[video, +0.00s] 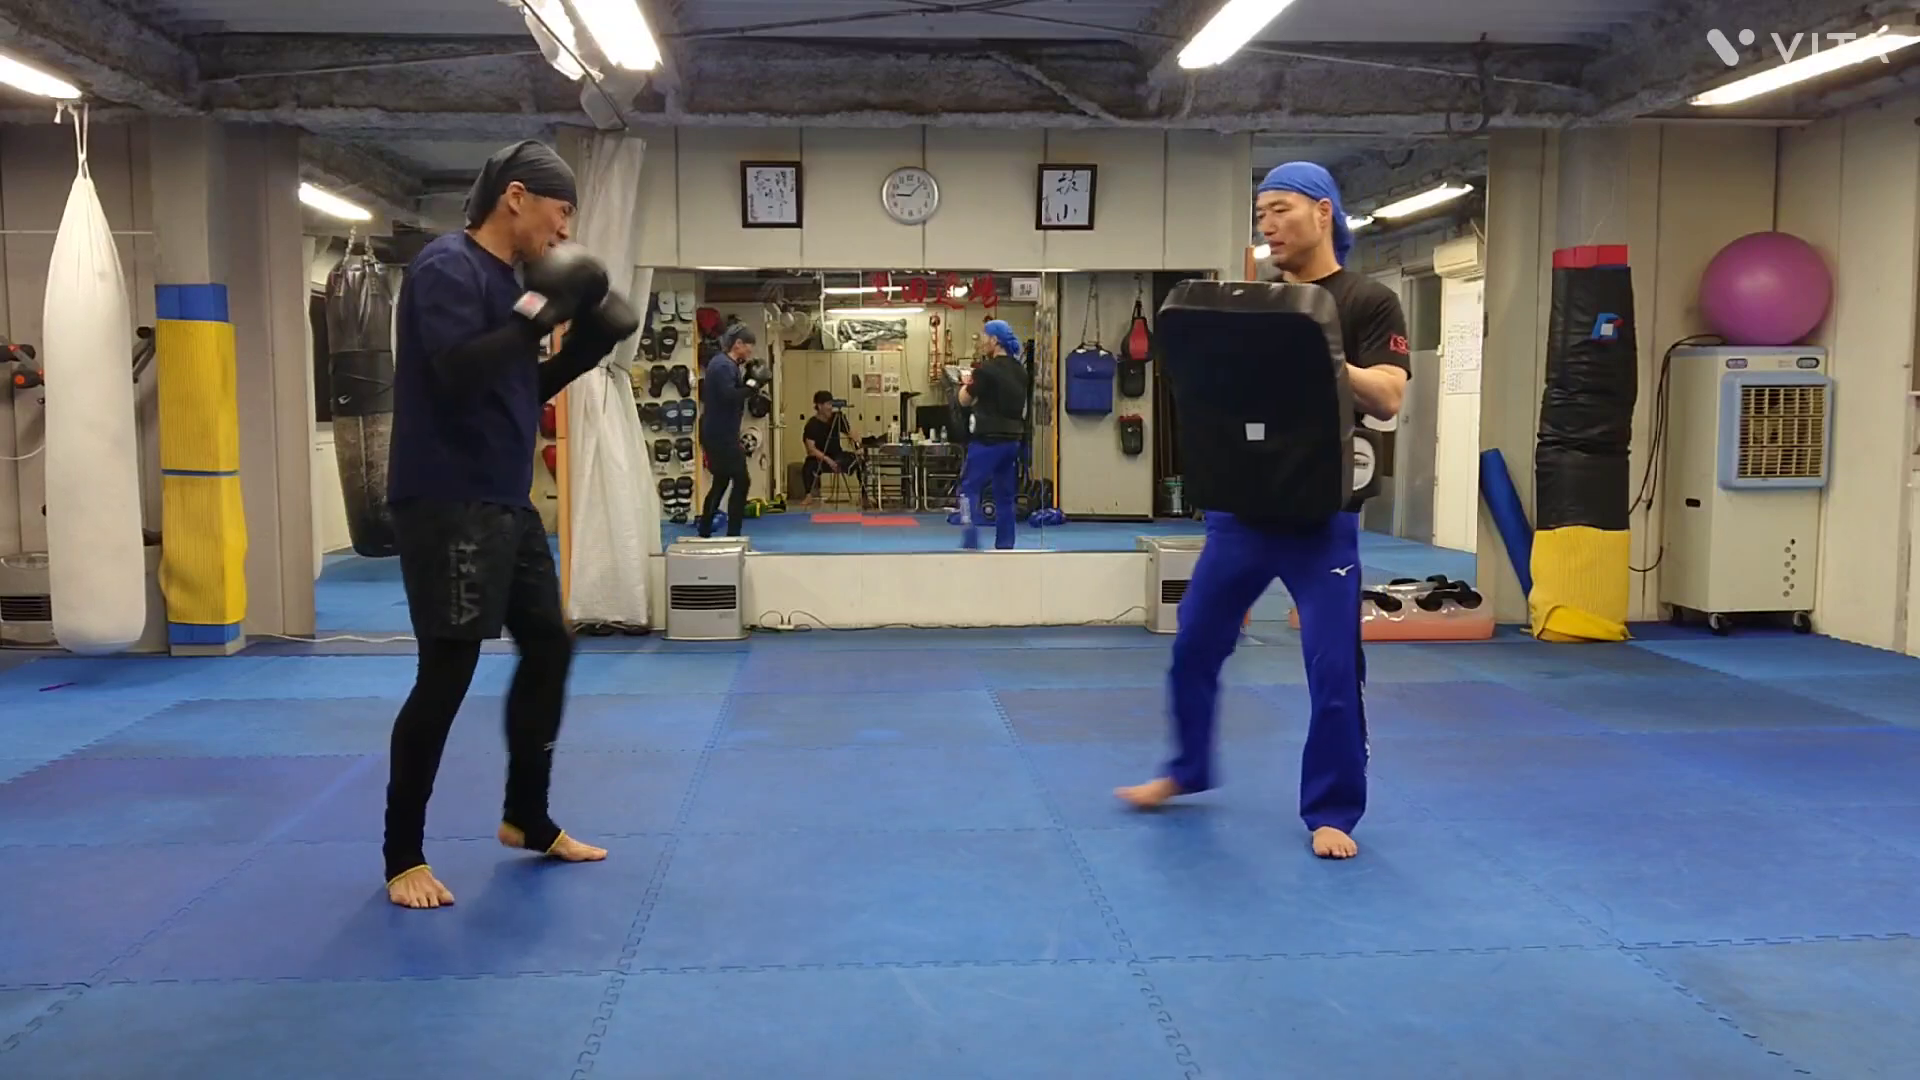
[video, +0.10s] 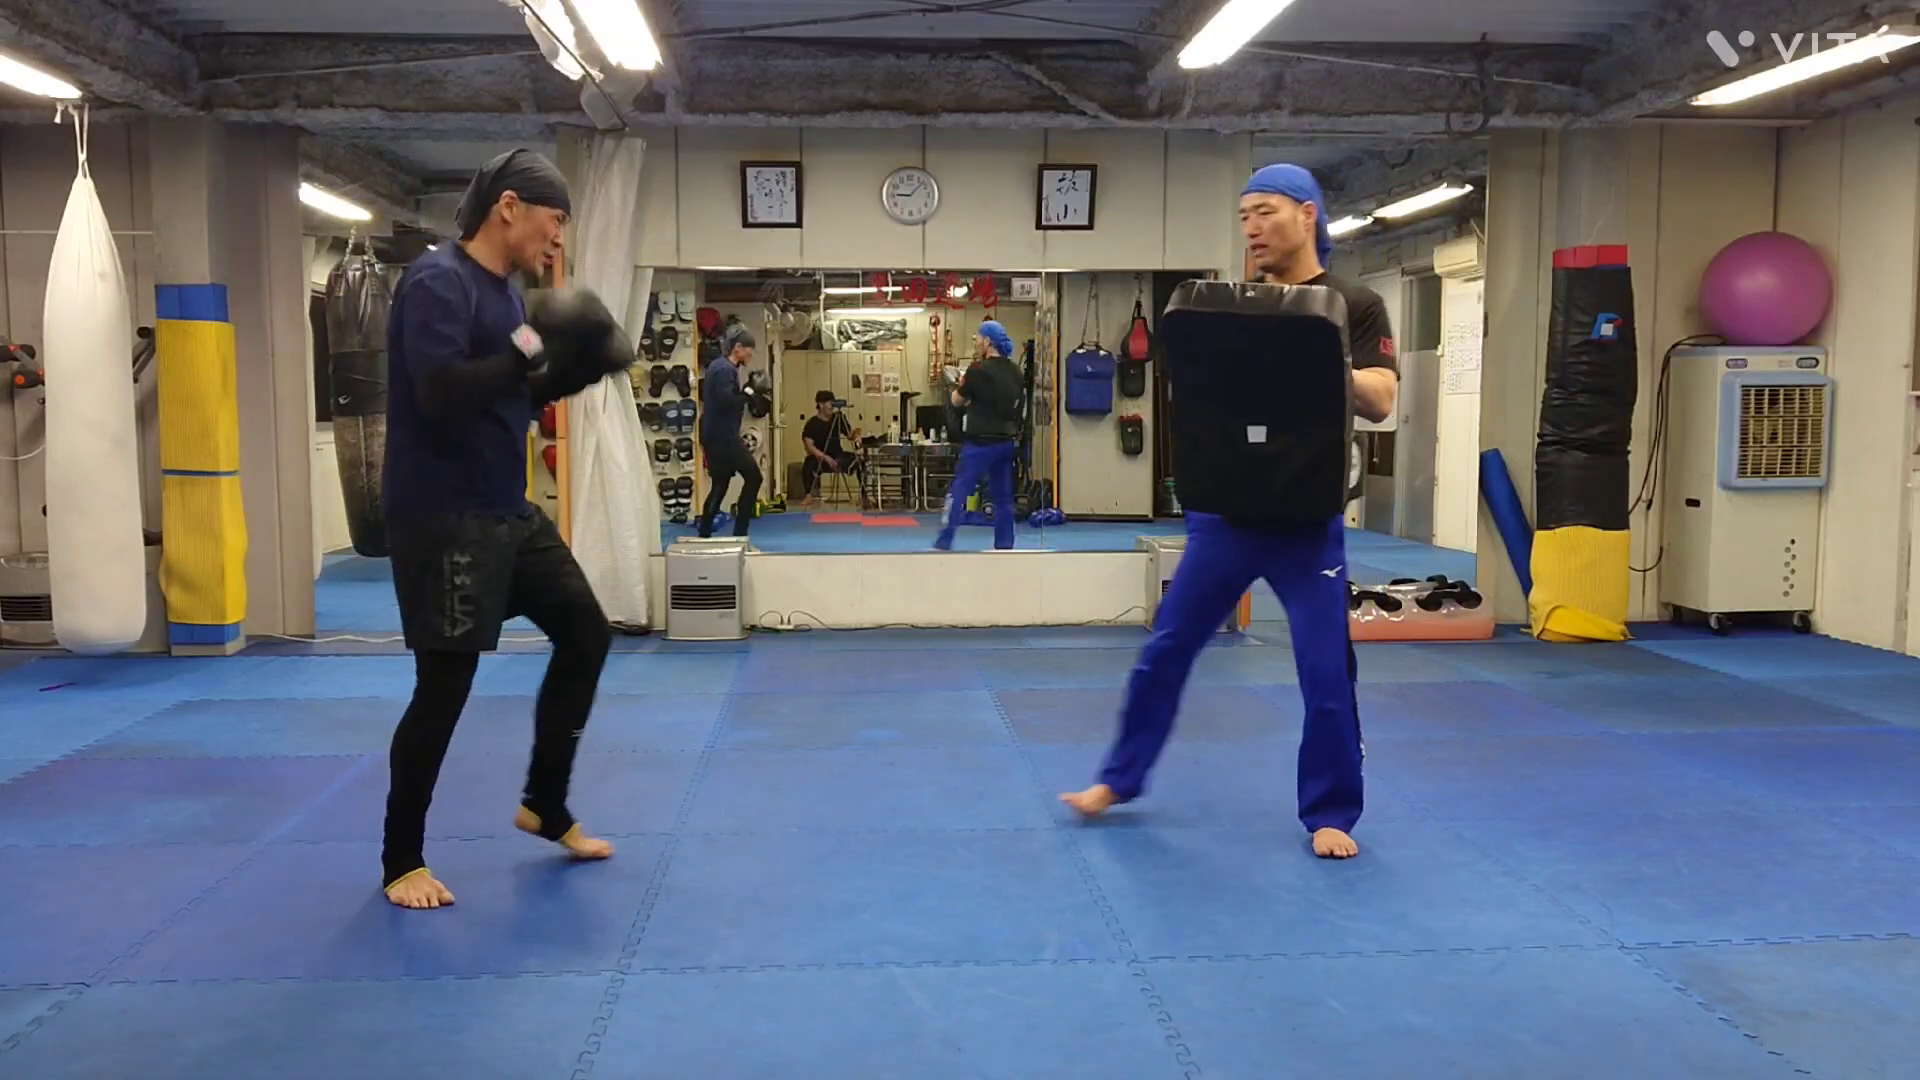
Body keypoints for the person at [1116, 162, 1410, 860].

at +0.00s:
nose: (1268, 226)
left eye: (1281, 210)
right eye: (1262, 216)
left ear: (1324, 215)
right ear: (1262, 228)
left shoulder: (1367, 297)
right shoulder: (1253, 302)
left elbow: (1389, 396)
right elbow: (1213, 375)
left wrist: (1326, 365)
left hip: (1325, 517)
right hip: (1241, 511)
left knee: (1335, 673)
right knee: (1194, 641)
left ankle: (1332, 816)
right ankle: (1188, 771)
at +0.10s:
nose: (1251, 227)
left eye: (1264, 212)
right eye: (1246, 216)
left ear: (1308, 216)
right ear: (1245, 226)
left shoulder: (1354, 304)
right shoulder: (1229, 307)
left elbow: (1381, 399)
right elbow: (1193, 386)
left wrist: (1318, 364)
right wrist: (1202, 338)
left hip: (1310, 523)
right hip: (1223, 518)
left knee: (1329, 676)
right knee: (1164, 648)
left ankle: (1331, 818)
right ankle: (1119, 780)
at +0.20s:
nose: (1230, 232)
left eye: (1243, 218)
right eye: (1224, 222)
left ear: (1288, 221)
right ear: (1220, 233)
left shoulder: (1333, 313)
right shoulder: (1197, 306)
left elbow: (1365, 405)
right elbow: (1162, 395)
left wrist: (1303, 375)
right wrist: (1214, 382)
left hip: (1289, 528)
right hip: (1200, 522)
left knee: (1316, 679)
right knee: (1134, 656)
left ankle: (1329, 819)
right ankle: (1079, 790)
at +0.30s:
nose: (1206, 239)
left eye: (1220, 224)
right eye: (1199, 228)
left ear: (1262, 229)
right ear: (1196, 239)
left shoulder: (1304, 318)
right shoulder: (1177, 312)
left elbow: (1340, 411)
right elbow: (1132, 404)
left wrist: (1275, 391)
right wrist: (1190, 378)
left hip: (1264, 537)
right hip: (1174, 531)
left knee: (1303, 681)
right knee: (1109, 668)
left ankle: (1327, 819)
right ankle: (1067, 796)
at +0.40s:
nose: (1180, 239)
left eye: (1195, 226)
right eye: (1173, 229)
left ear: (1237, 233)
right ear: (1169, 241)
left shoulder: (1285, 322)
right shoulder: (1147, 315)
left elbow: (1315, 413)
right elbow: (1111, 399)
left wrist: (1236, 403)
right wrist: (1184, 378)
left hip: (1243, 539)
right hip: (1149, 535)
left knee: (1290, 679)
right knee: (1098, 672)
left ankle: (1324, 817)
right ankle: (1065, 798)